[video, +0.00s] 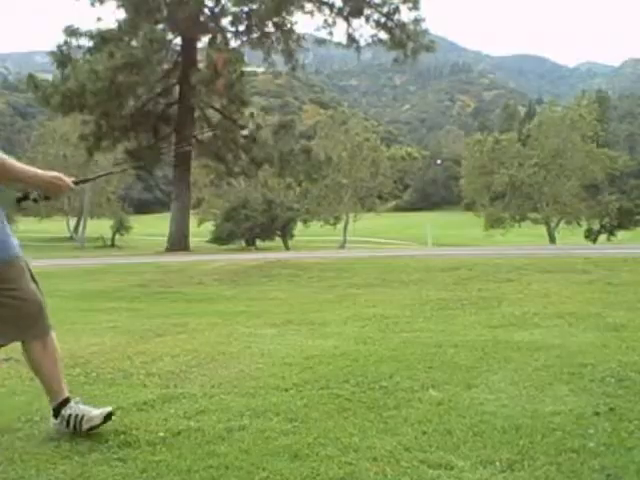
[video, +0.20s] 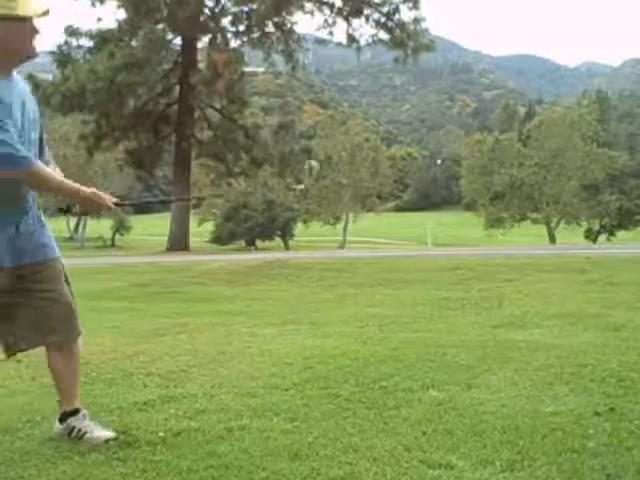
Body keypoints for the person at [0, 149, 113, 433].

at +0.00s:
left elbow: (3, 165)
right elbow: (2, 166)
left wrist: (38, 179)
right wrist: (40, 178)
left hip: (2, 235)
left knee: (31, 310)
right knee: (28, 310)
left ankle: (62, 405)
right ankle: (62, 405)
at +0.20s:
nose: (36, 35)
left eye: (34, 26)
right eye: (28, 27)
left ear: (14, 33)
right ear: (3, 31)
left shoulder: (21, 88)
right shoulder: (4, 90)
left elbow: (35, 157)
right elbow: (13, 166)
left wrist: (75, 192)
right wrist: (82, 194)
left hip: (26, 230)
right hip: (5, 235)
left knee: (61, 318)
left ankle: (71, 413)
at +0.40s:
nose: (84, 24)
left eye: (83, 16)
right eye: (76, 16)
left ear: (59, 23)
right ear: (46, 20)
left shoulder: (75, 77)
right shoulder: (12, 73)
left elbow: (97, 144)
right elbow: (39, 160)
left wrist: (112, 192)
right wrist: (105, 197)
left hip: (68, 226)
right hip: (17, 227)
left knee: (78, 325)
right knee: (10, 333)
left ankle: (73, 415)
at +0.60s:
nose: (114, 16)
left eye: (113, 8)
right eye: (105, 8)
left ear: (94, 16)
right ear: (75, 14)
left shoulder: (113, 71)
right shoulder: (39, 68)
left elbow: (138, 137)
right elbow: (49, 156)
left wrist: (137, 184)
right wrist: (112, 192)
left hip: (97, 212)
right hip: (51, 210)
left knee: (94, 314)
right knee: (69, 310)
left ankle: (77, 413)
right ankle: (60, 418)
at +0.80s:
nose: (139, 14)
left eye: (138, 7)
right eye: (129, 7)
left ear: (119, 16)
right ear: (98, 14)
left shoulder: (143, 69)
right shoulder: (64, 67)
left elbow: (164, 135)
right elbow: (65, 158)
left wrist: (159, 183)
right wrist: (126, 190)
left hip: (126, 217)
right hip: (83, 220)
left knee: (97, 321)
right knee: (120, 317)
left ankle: (75, 415)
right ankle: (175, 422)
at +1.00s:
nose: (170, 13)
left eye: (170, 5)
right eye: (159, 6)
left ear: (158, 15)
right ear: (127, 14)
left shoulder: (178, 67)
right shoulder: (95, 74)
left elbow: (198, 138)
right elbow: (101, 170)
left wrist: (192, 198)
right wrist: (162, 207)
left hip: (165, 228)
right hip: (124, 233)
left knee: (121, 326)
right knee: (156, 334)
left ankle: (81, 413)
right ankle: (202, 442)